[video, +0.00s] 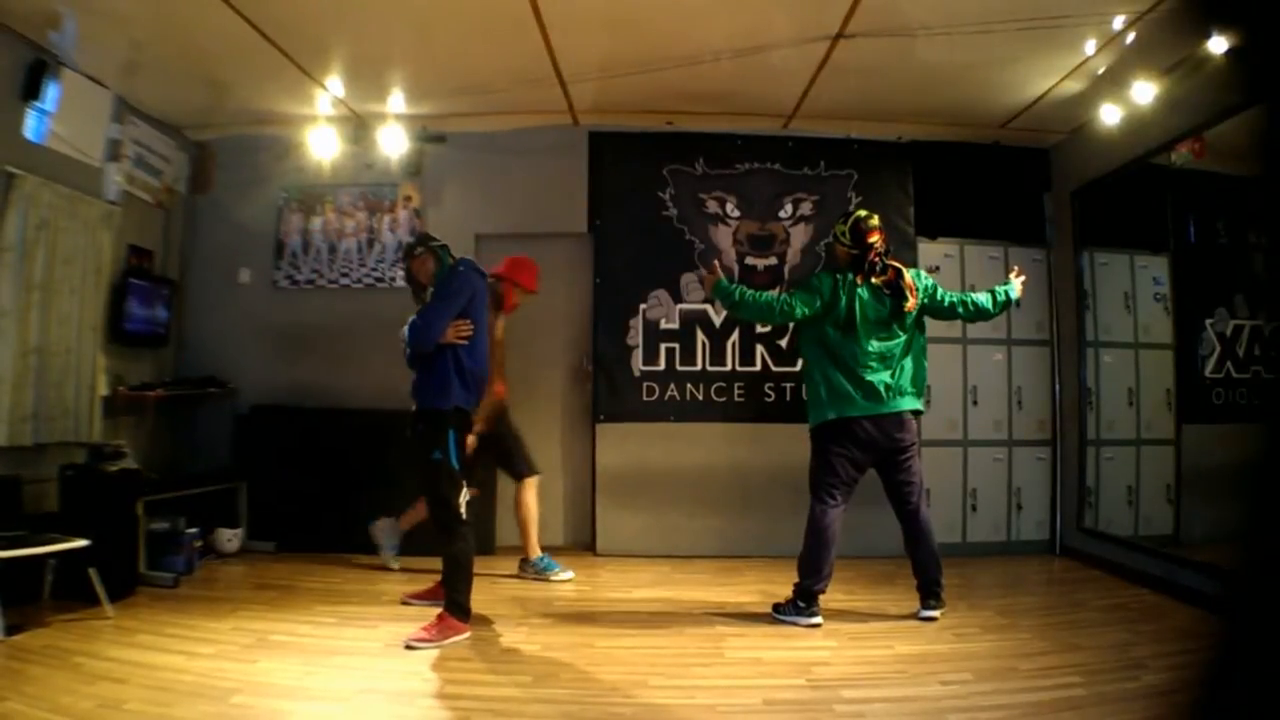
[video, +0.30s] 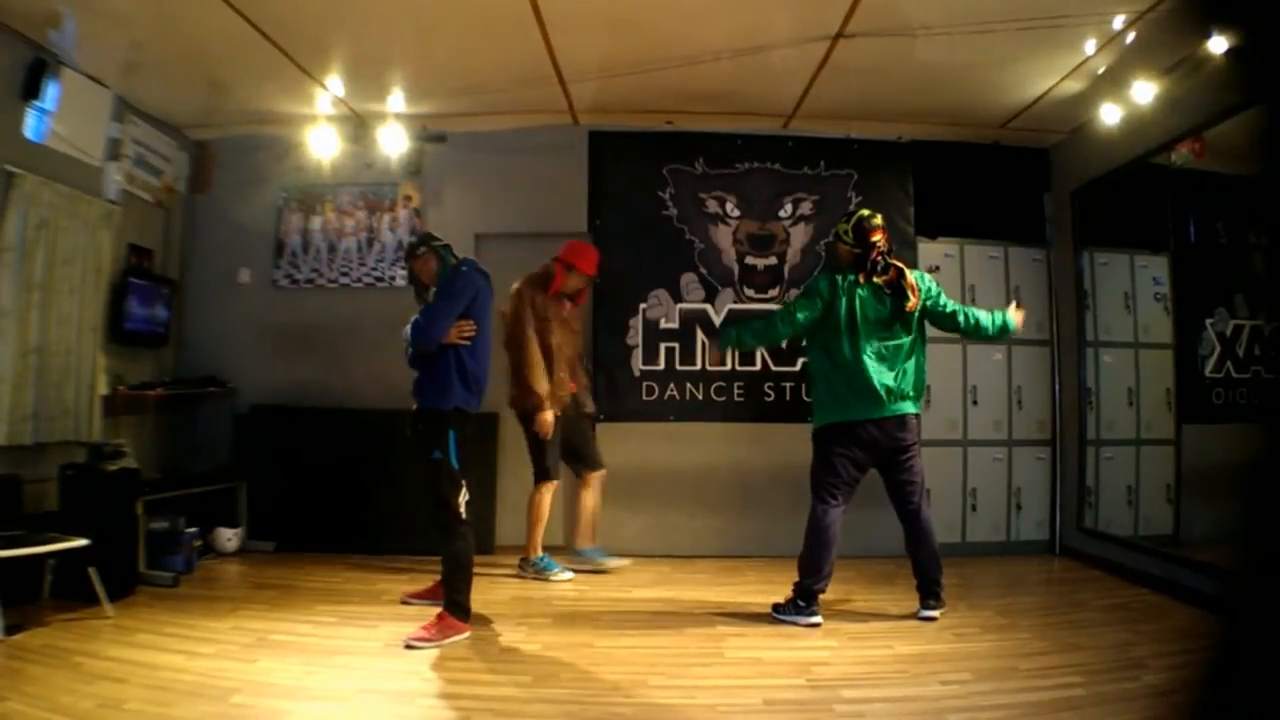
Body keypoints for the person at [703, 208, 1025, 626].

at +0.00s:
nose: (832, 251)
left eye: (837, 245)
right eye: (836, 245)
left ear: (847, 249)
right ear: (879, 248)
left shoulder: (826, 287)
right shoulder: (908, 283)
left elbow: (778, 307)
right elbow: (962, 305)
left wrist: (722, 290)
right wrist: (1009, 291)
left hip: (841, 419)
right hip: (898, 418)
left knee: (827, 504)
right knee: (913, 507)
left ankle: (807, 601)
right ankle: (932, 597)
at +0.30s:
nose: (833, 248)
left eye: (839, 244)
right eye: (837, 242)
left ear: (853, 250)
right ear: (881, 248)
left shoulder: (829, 285)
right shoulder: (913, 283)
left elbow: (785, 324)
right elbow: (957, 319)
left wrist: (727, 332)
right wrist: (1006, 321)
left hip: (844, 419)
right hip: (898, 418)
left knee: (828, 504)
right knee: (915, 507)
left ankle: (806, 601)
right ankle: (931, 597)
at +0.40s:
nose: (835, 248)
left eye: (841, 243)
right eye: (838, 241)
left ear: (854, 248)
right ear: (884, 246)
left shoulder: (830, 285)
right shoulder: (914, 284)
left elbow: (797, 344)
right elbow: (948, 333)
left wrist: (756, 387)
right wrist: (987, 360)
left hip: (844, 418)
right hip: (899, 418)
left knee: (829, 504)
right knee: (915, 507)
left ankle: (806, 600)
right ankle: (931, 597)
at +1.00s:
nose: (842, 243)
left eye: (848, 236)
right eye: (846, 235)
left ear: (863, 245)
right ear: (887, 246)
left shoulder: (837, 285)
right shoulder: (918, 285)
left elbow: (807, 341)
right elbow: (924, 349)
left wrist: (843, 349)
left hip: (847, 416)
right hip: (903, 417)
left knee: (830, 505)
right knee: (916, 507)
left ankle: (806, 600)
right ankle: (932, 598)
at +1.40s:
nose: (862, 249)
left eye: (868, 243)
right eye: (866, 241)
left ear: (882, 249)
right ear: (905, 249)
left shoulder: (854, 285)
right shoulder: (932, 294)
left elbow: (819, 335)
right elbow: (942, 358)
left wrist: (785, 370)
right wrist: (916, 379)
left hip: (855, 412)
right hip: (909, 416)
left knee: (832, 506)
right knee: (918, 506)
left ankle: (806, 599)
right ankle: (932, 597)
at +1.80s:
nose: (864, 256)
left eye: (870, 250)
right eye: (867, 248)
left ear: (885, 254)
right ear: (907, 255)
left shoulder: (872, 289)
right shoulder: (937, 295)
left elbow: (859, 356)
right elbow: (949, 365)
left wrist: (850, 415)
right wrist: (937, 425)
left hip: (874, 419)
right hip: (919, 422)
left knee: (832, 501)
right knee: (917, 504)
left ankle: (809, 597)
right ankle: (932, 597)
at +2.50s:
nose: (844, 296)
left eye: (847, 286)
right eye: (836, 295)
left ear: (866, 285)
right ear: (834, 307)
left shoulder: (903, 324)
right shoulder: (851, 340)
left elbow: (931, 384)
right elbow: (856, 398)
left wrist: (936, 449)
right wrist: (849, 447)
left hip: (893, 448)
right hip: (859, 450)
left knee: (844, 516)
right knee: (877, 540)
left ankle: (803, 602)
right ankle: (956, 576)